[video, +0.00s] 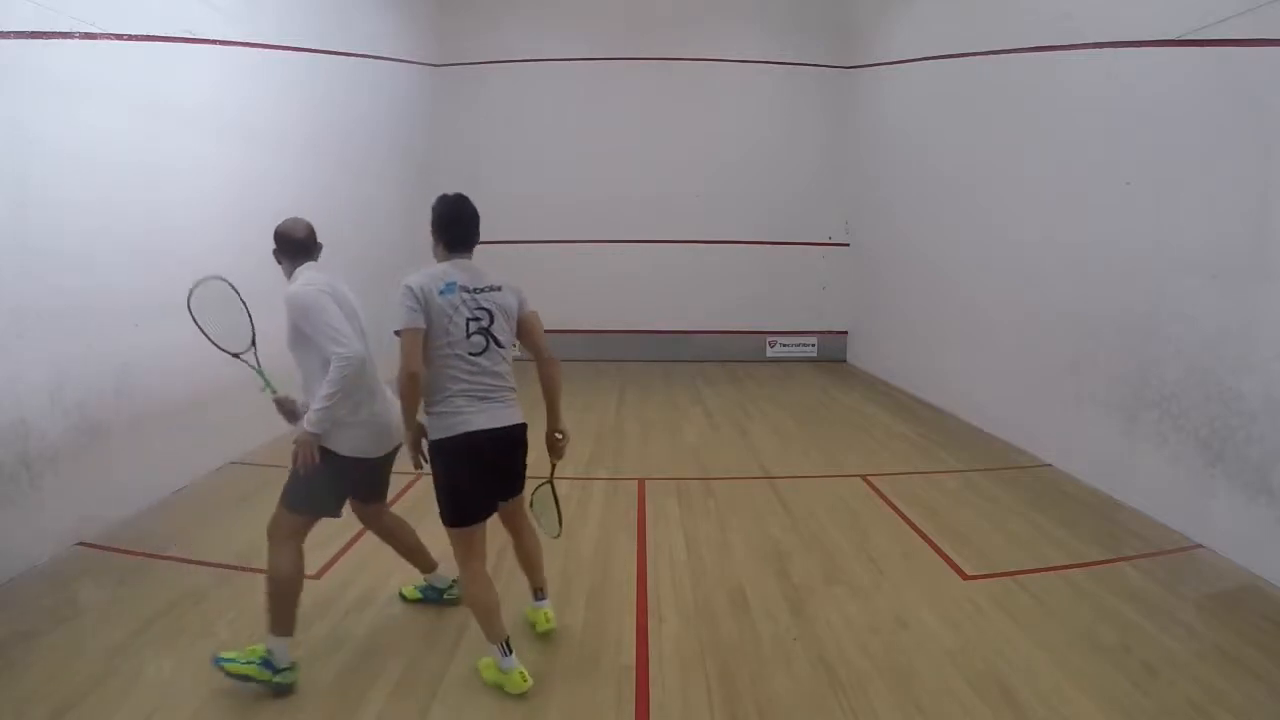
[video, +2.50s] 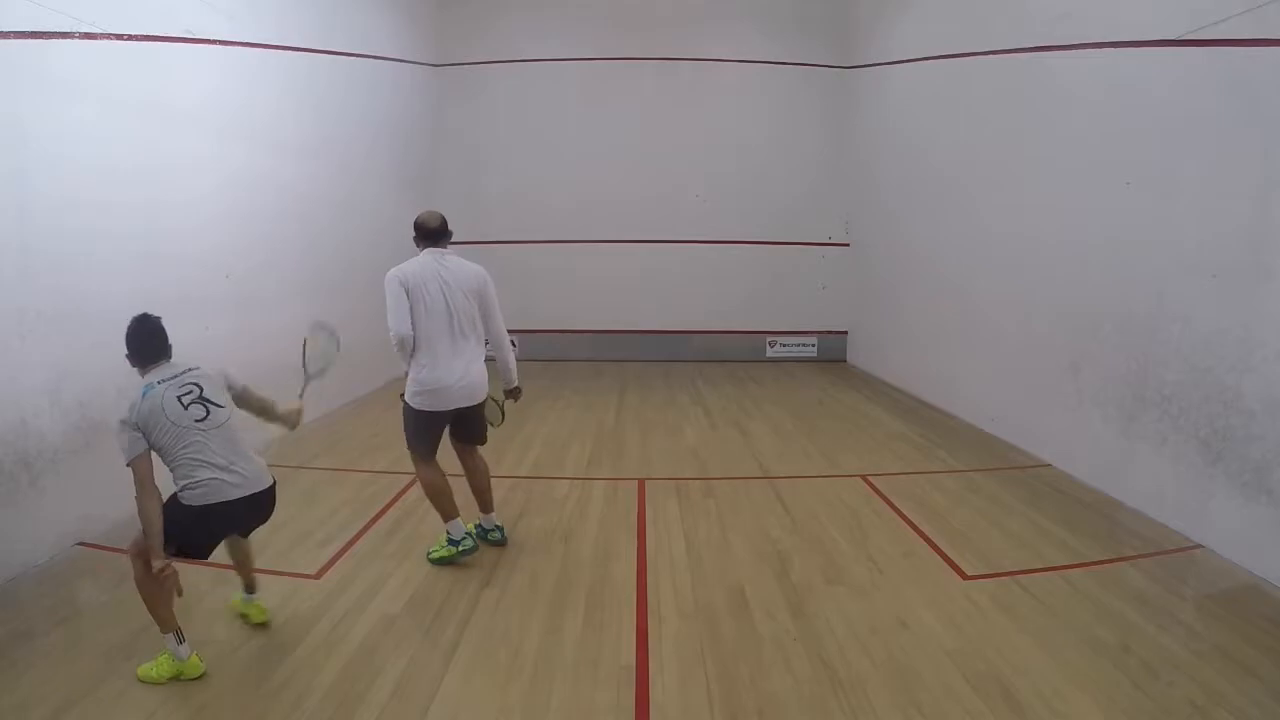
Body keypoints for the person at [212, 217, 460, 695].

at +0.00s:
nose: (276, 258)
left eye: (275, 251)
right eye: (283, 249)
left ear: (277, 254)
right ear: (317, 249)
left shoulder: (303, 294)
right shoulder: (334, 288)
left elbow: (350, 356)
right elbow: (354, 375)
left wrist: (311, 426)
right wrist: (302, 407)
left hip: (343, 435)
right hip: (381, 430)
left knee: (284, 533)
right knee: (370, 508)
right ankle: (439, 578)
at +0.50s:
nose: (96, 341)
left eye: (95, 334)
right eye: (97, 333)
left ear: (101, 329)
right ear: (140, 319)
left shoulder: (114, 360)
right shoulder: (169, 348)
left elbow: (110, 459)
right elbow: (170, 446)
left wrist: (84, 547)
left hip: (222, 499)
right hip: (278, 476)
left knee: (141, 588)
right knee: (292, 560)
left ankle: (185, 703)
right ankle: (377, 620)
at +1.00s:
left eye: (231, 242)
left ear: (230, 249)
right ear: (281, 244)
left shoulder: (220, 308)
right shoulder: (322, 297)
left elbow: (221, 399)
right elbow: (361, 378)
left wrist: (215, 465)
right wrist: (380, 448)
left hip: (275, 472)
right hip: (347, 460)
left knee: (231, 586)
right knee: (353, 563)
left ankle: (200, 695)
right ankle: (413, 676)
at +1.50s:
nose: (358, 243)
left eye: (360, 235)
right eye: (360, 235)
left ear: (372, 235)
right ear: (405, 233)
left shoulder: (357, 280)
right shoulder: (447, 279)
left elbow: (350, 355)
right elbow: (476, 354)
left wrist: (335, 435)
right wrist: (500, 415)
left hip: (398, 438)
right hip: (455, 427)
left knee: (400, 547)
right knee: (472, 499)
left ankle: (429, 667)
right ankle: (510, 583)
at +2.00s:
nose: (394, 248)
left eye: (398, 239)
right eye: (394, 240)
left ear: (423, 237)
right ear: (431, 237)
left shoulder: (414, 276)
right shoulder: (475, 269)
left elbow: (424, 338)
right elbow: (493, 334)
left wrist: (406, 406)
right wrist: (483, 383)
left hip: (448, 404)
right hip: (497, 397)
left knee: (447, 474)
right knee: (489, 476)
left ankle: (462, 548)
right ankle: (513, 573)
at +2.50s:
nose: (414, 241)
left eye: (414, 237)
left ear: (415, 240)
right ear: (449, 237)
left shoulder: (400, 275)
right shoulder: (476, 273)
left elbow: (401, 334)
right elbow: (498, 335)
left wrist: (411, 368)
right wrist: (511, 380)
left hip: (427, 391)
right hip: (472, 386)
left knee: (424, 458)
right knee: (468, 448)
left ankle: (458, 535)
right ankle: (491, 525)